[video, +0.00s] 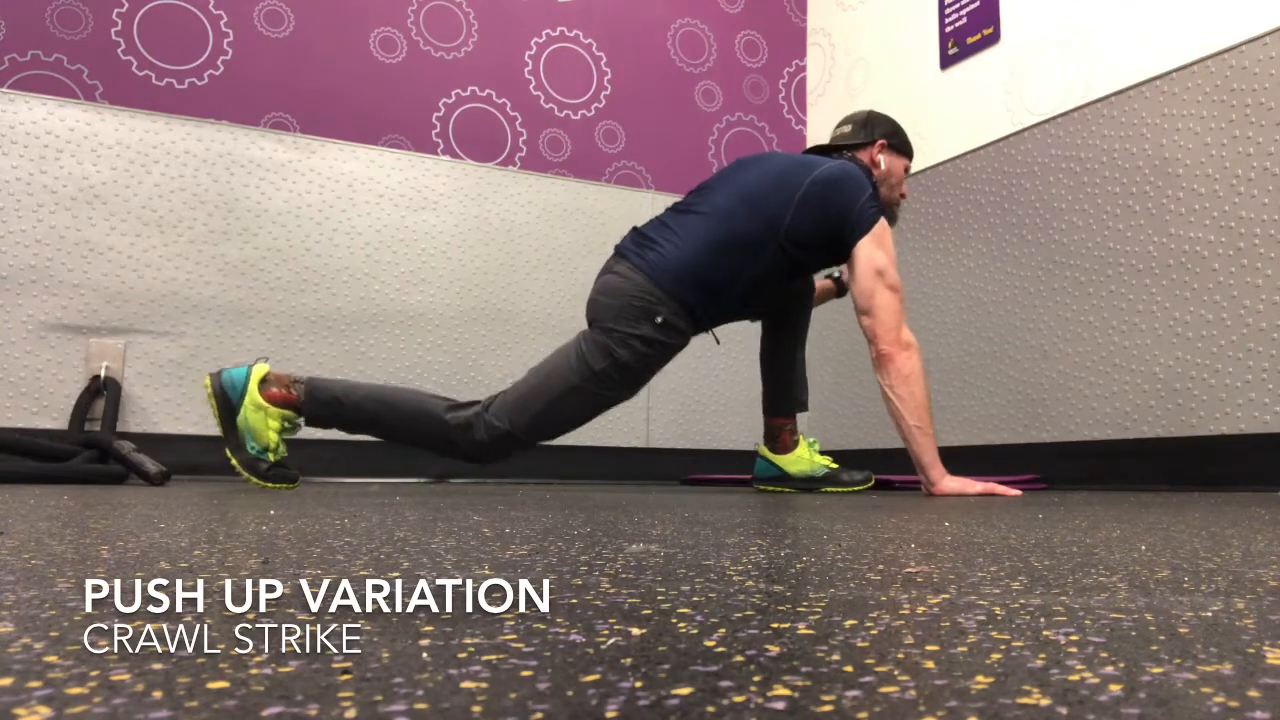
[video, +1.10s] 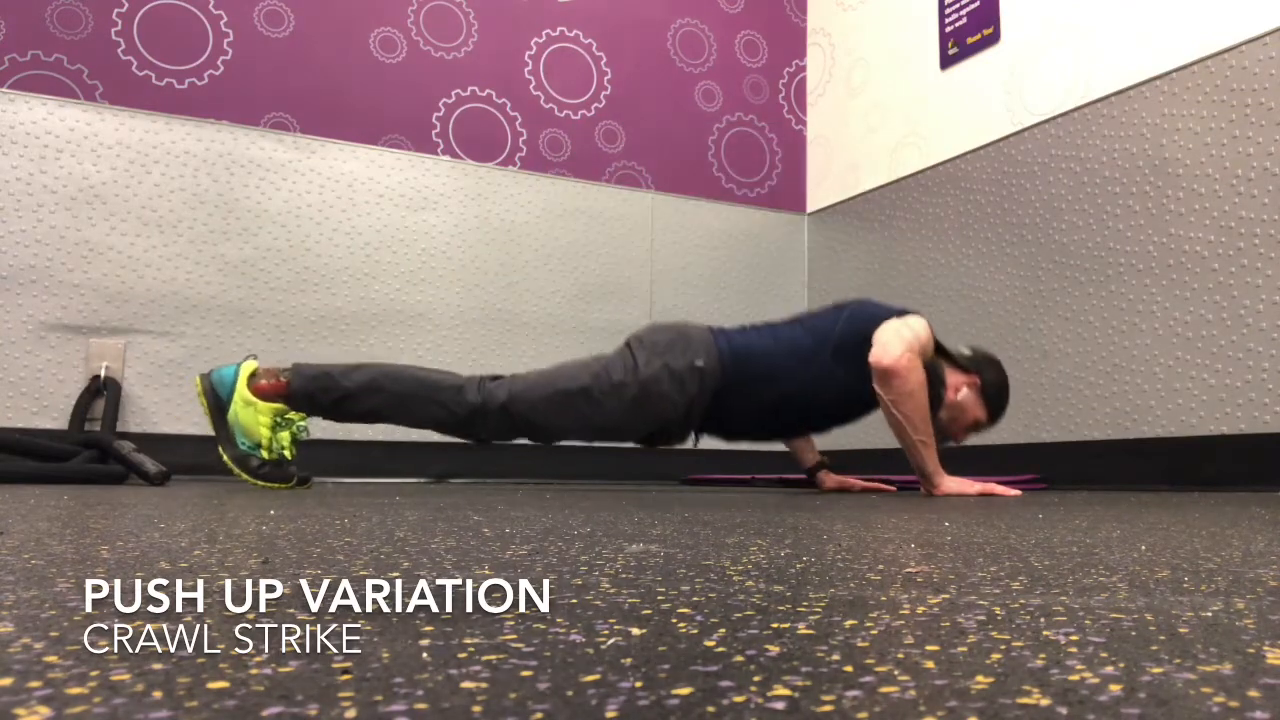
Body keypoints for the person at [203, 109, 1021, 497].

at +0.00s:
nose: (904, 191)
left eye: (906, 178)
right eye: (904, 176)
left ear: (846, 146)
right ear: (875, 157)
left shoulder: (787, 175)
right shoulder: (860, 194)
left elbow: (754, 273)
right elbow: (892, 350)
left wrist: (823, 283)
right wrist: (935, 474)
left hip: (637, 276)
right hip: (653, 306)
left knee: (793, 285)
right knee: (487, 432)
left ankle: (786, 448)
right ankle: (279, 394)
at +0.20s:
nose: (893, 224)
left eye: (898, 212)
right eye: (899, 207)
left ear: (863, 165)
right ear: (880, 181)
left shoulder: (792, 167)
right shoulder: (847, 197)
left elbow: (734, 260)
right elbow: (882, 347)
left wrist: (810, 307)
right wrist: (934, 471)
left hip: (633, 213)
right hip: (616, 227)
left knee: (744, 277)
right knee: (458, 364)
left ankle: (755, 446)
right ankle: (239, 397)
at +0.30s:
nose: (888, 239)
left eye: (893, 227)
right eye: (897, 223)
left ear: (864, 170)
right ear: (884, 191)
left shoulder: (786, 171)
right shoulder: (846, 201)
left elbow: (744, 282)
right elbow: (880, 348)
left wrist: (804, 345)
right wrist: (933, 468)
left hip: (621, 182)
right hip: (613, 178)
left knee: (721, 280)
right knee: (453, 333)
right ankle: (231, 396)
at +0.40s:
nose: (884, 256)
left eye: (893, 245)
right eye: (896, 239)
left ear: (869, 184)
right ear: (888, 204)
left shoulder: (789, 189)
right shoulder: (849, 203)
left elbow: (775, 311)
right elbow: (885, 348)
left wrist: (822, 400)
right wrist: (935, 471)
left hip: (618, 176)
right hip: (610, 166)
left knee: (626, 333)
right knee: (447, 311)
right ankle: (231, 391)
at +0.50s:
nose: (893, 270)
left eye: (903, 257)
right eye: (906, 251)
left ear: (878, 208)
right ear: (900, 216)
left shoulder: (804, 223)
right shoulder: (864, 208)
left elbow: (797, 343)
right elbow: (888, 348)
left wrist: (833, 441)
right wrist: (937, 472)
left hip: (621, 203)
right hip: (615, 174)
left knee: (513, 356)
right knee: (448, 307)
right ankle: (230, 389)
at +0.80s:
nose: (916, 350)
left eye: (933, 346)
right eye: (933, 337)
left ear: (906, 304)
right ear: (926, 292)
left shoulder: (841, 291)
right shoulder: (887, 265)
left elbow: (783, 391)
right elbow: (892, 362)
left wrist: (817, 471)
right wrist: (935, 476)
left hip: (660, 304)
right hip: (657, 292)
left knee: (472, 364)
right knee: (468, 365)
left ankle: (261, 390)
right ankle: (248, 391)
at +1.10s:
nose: (945, 423)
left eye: (958, 427)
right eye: (958, 411)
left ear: (950, 410)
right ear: (955, 373)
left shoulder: (870, 359)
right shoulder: (916, 335)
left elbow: (787, 402)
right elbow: (894, 362)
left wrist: (814, 470)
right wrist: (938, 474)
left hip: (684, 391)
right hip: (683, 370)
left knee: (489, 407)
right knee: (486, 407)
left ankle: (279, 394)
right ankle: (266, 384)